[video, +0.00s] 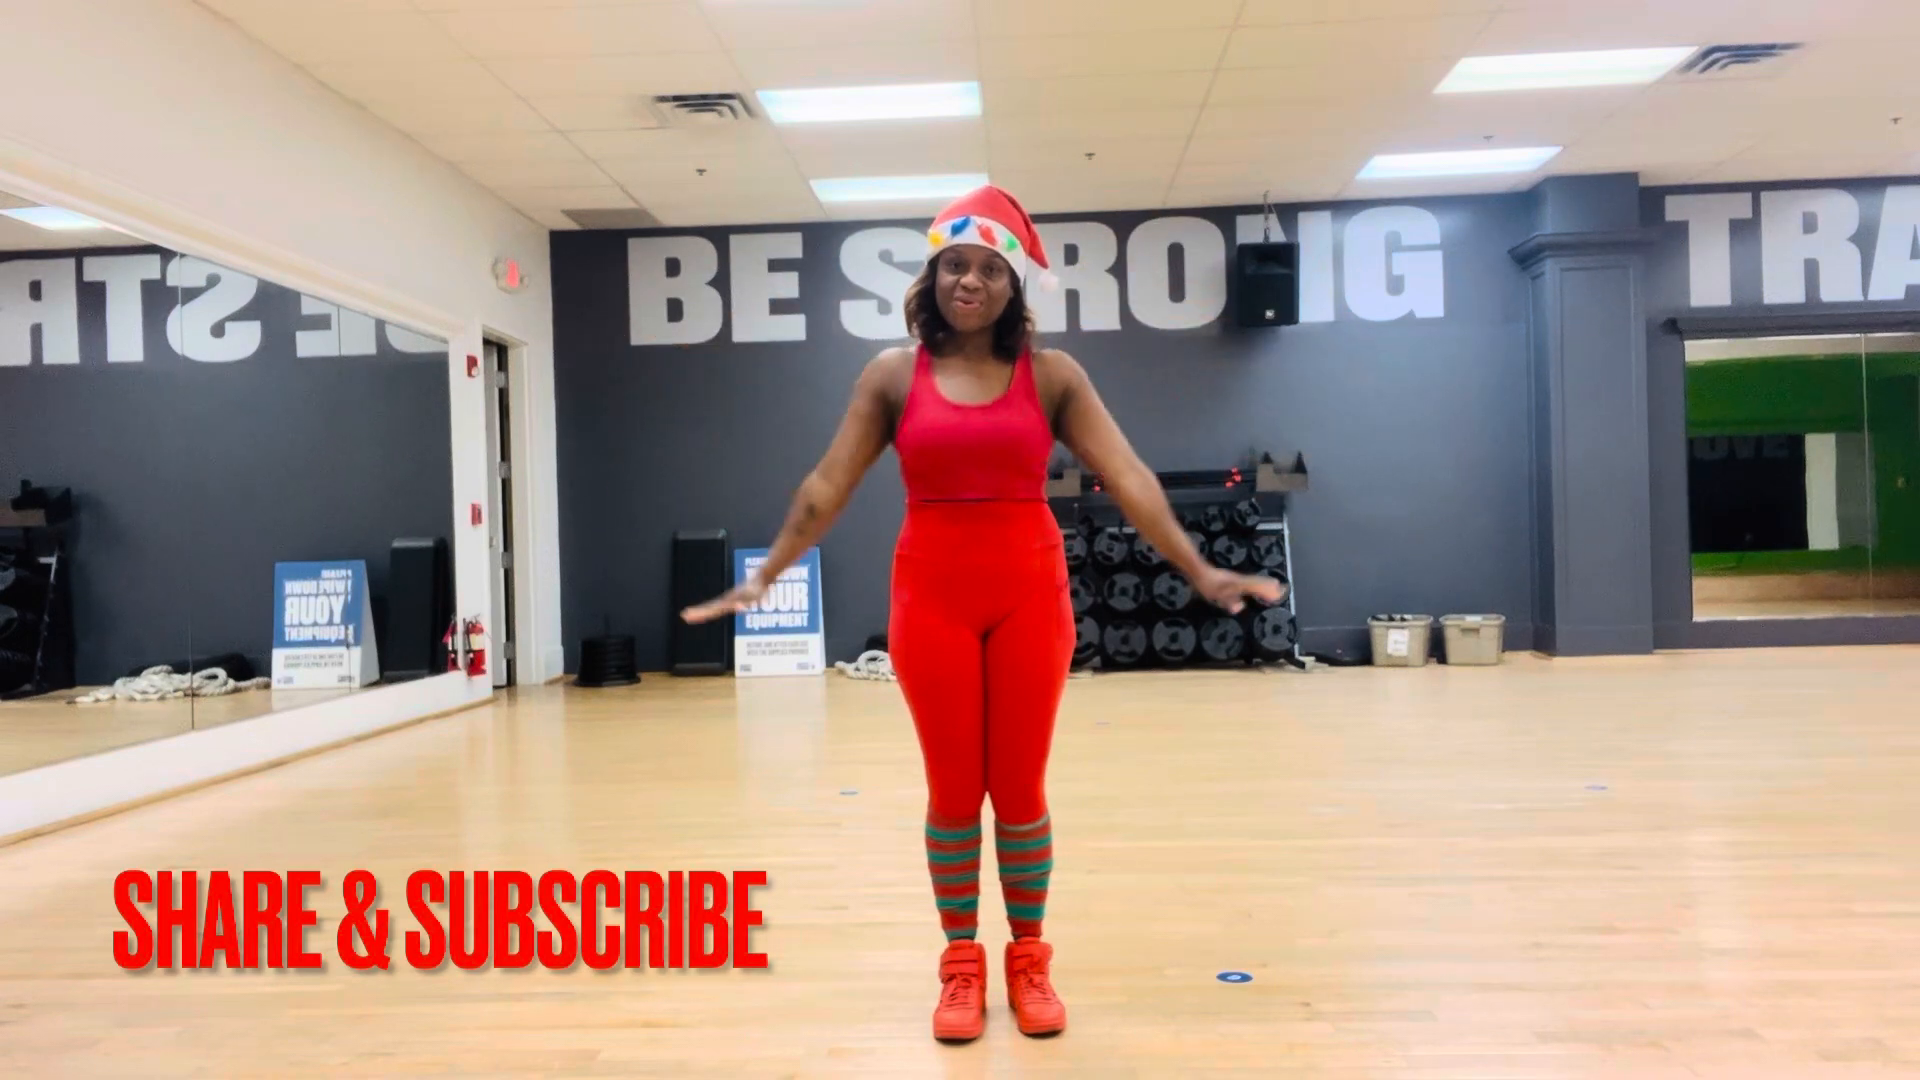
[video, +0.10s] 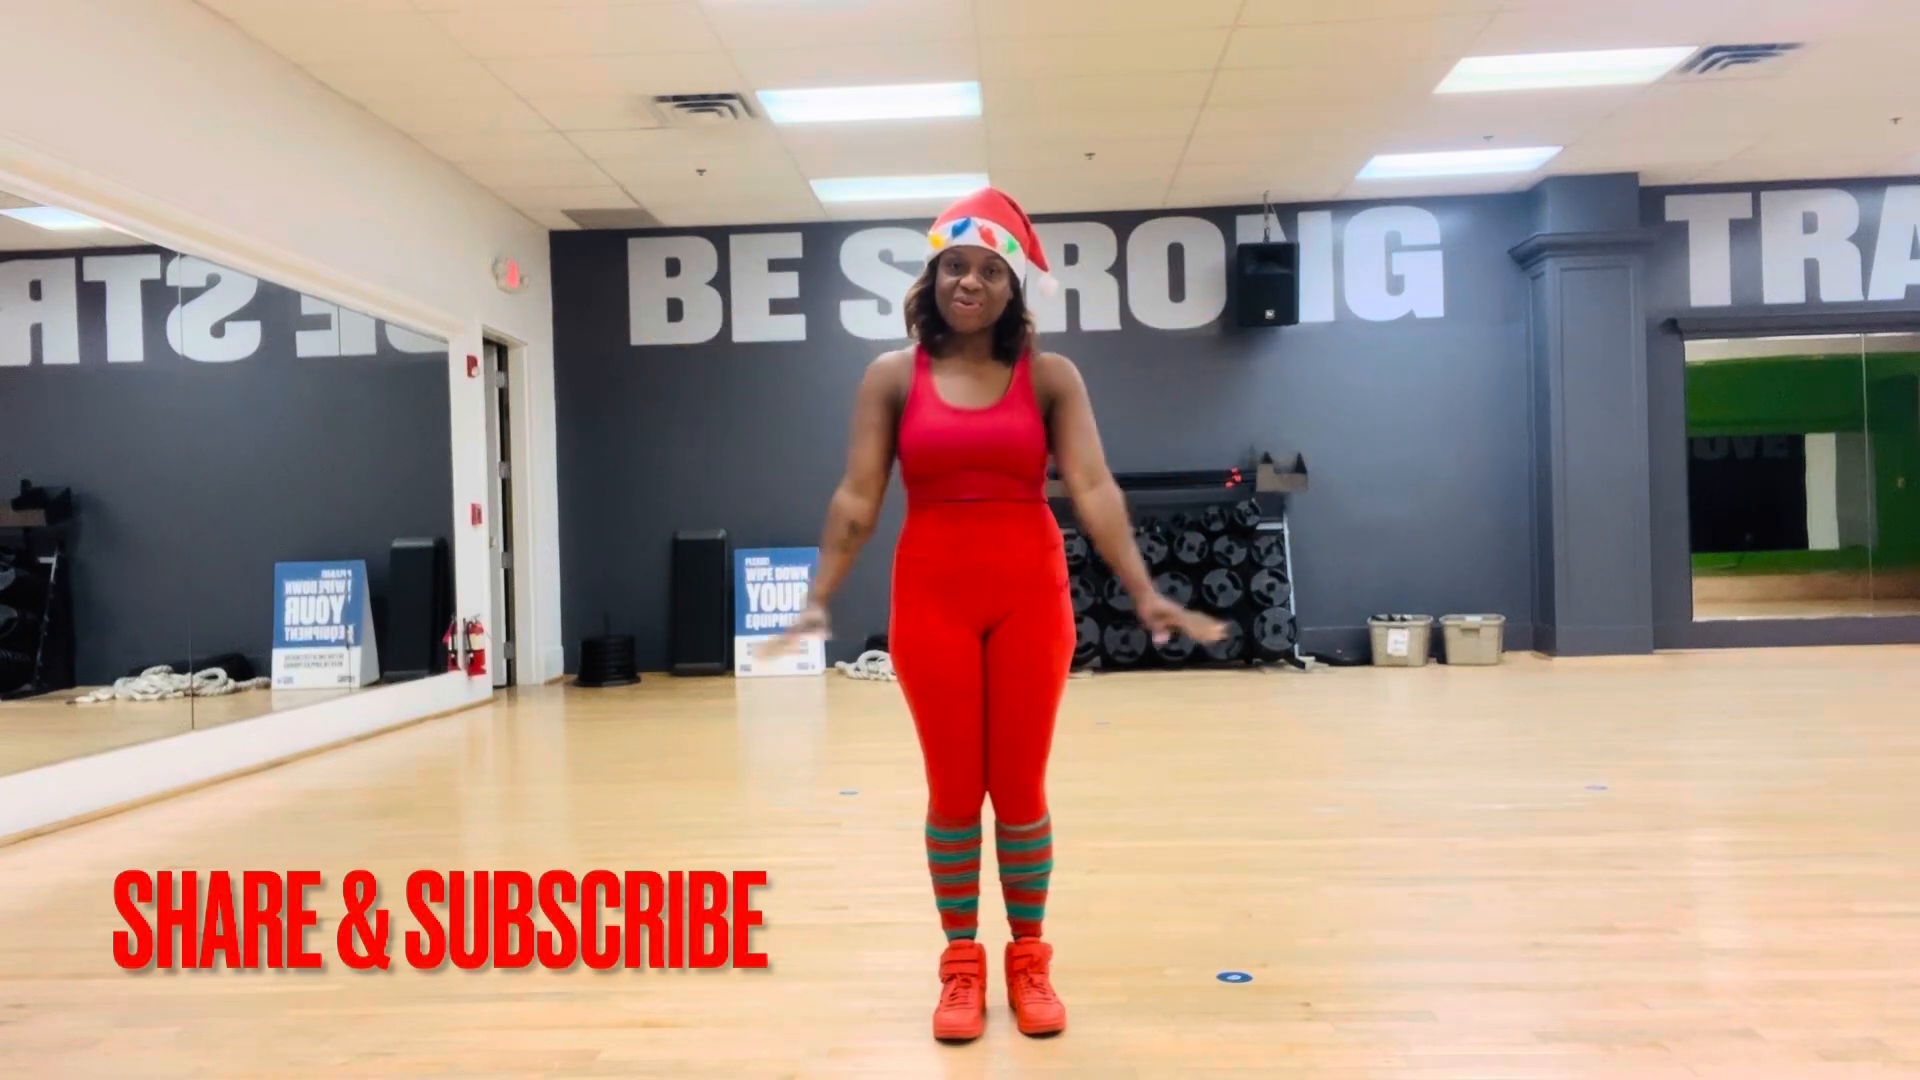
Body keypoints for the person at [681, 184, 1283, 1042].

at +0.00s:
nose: (966, 283)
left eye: (985, 270)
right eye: (953, 266)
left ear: (1012, 285)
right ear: (932, 277)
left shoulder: (1050, 373)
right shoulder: (894, 374)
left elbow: (1126, 475)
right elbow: (827, 485)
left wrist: (1202, 569)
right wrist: (764, 576)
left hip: (1030, 590)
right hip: (931, 592)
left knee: (1019, 785)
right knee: (954, 786)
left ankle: (1030, 963)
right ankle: (962, 965)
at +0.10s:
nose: (969, 282)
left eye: (988, 270)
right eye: (955, 265)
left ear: (1012, 285)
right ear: (932, 277)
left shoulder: (1049, 375)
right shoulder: (894, 377)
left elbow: (1093, 483)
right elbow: (856, 498)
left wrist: (1143, 592)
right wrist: (818, 598)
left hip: (1031, 592)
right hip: (931, 593)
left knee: (1019, 785)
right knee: (955, 786)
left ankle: (1029, 964)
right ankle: (961, 965)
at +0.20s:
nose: (967, 282)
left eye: (987, 270)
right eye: (954, 265)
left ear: (1011, 287)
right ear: (931, 277)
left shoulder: (1049, 375)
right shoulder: (892, 376)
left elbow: (1067, 485)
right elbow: (882, 494)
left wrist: (1073, 585)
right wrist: (878, 596)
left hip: (1029, 592)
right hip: (930, 596)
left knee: (1019, 785)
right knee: (955, 788)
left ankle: (1030, 963)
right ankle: (962, 966)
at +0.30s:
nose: (964, 284)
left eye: (983, 272)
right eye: (950, 268)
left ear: (1008, 288)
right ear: (929, 281)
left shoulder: (1045, 371)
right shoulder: (892, 374)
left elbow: (1064, 478)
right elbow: (884, 485)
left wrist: (988, 544)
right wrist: (928, 557)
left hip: (1033, 592)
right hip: (933, 594)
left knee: (1021, 782)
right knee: (955, 783)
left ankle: (1030, 966)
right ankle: (962, 968)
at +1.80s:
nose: (1016, 279)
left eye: (1033, 265)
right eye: (1001, 264)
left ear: (1057, 282)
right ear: (977, 278)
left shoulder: (1096, 374)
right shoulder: (934, 367)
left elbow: (1129, 494)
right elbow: (874, 460)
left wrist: (1071, 468)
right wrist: (922, 496)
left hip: (1056, 599)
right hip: (953, 598)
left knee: (1052, 794)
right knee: (954, 795)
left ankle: (1046, 967)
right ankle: (967, 969)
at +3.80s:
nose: (1006, 282)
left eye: (1023, 267)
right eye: (990, 269)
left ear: (1054, 278)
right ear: (972, 283)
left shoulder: (1101, 368)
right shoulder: (944, 378)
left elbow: (1146, 483)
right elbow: (904, 477)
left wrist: (1068, 453)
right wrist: (930, 516)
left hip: (1064, 601)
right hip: (959, 598)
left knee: (1076, 796)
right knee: (943, 793)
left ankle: (1085, 966)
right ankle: (925, 967)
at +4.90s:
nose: (922, 299)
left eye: (935, 283)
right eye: (903, 289)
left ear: (960, 295)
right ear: (882, 312)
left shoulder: (1012, 376)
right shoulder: (862, 409)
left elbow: (1077, 477)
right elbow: (822, 512)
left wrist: (1006, 450)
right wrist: (864, 544)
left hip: (1000, 611)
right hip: (903, 616)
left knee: (1064, 786)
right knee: (915, 806)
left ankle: (1047, 969)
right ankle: (911, 973)